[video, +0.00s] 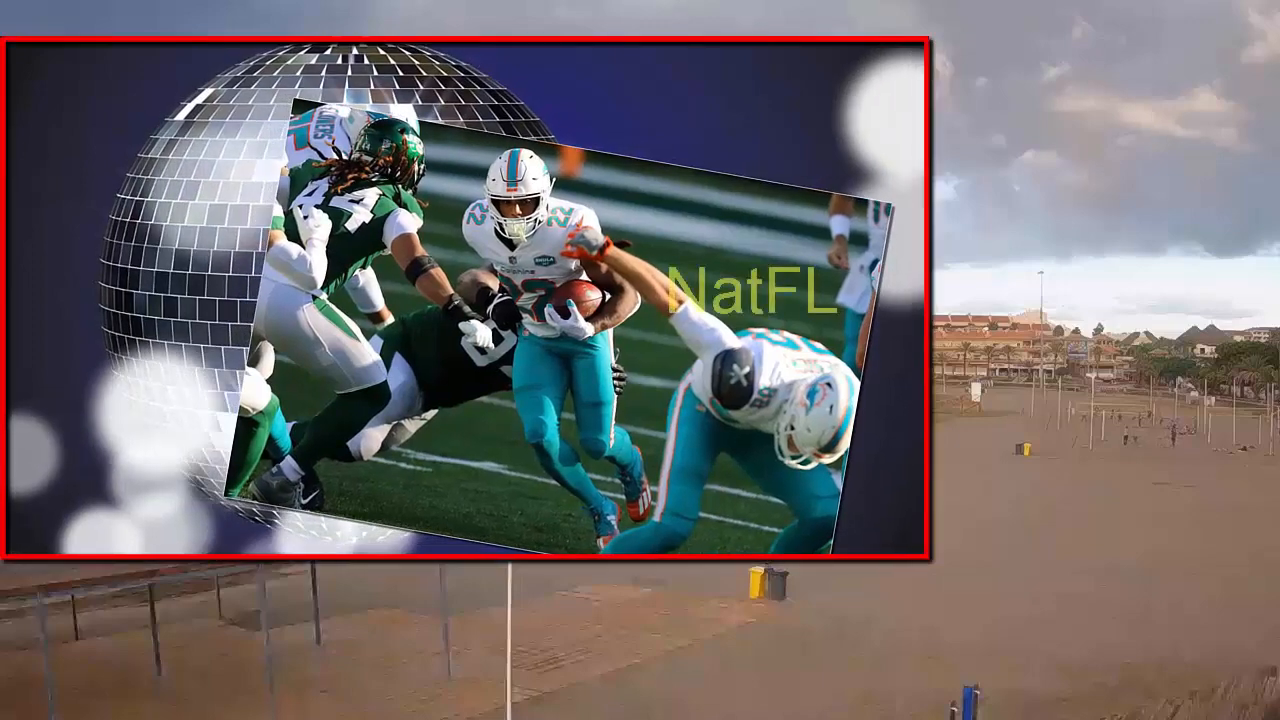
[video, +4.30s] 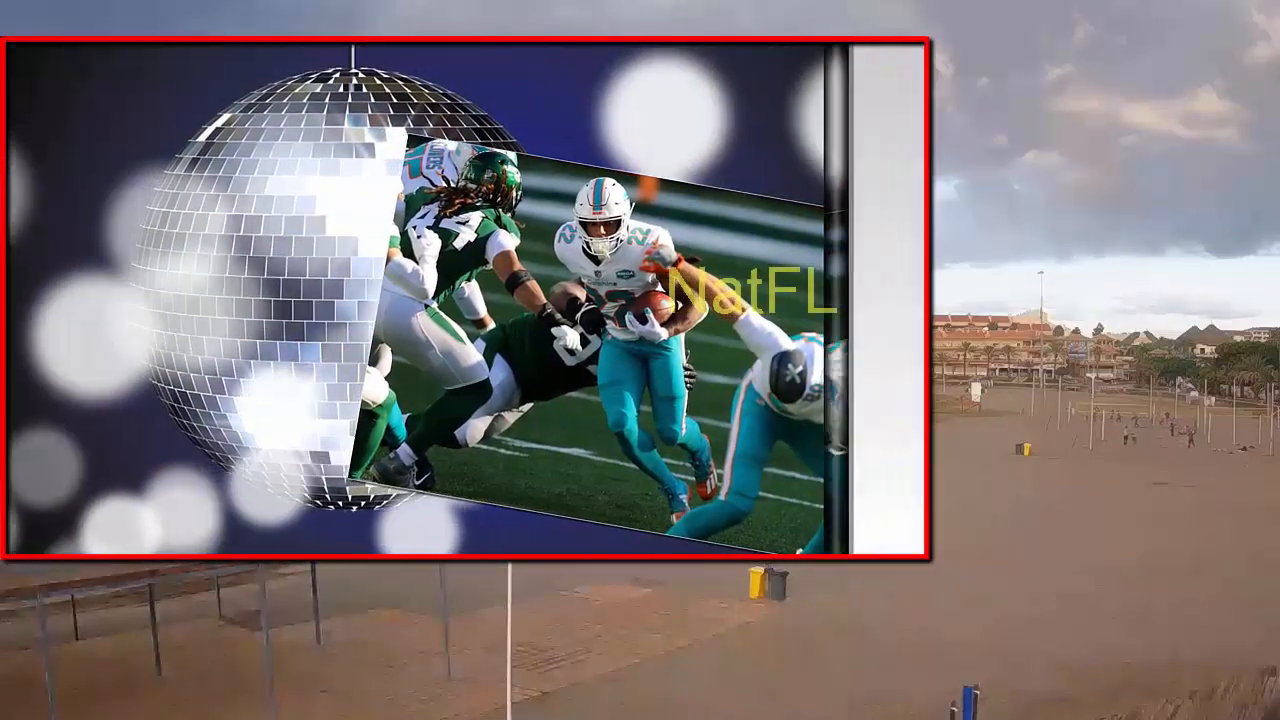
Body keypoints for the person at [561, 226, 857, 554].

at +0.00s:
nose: (804, 461)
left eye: (817, 457)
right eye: (799, 450)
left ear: (845, 432)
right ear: (787, 415)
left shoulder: (854, 415)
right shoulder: (744, 375)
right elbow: (671, 300)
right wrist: (606, 253)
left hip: (764, 428)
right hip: (706, 405)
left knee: (827, 516)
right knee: (673, 527)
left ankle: (764, 583)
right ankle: (592, 571)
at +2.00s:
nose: (822, 455)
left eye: (835, 452)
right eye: (818, 442)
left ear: (861, 429)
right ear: (810, 409)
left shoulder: (872, 413)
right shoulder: (763, 366)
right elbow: (700, 303)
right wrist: (639, 258)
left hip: (788, 424)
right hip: (733, 401)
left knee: (845, 503)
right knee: (704, 515)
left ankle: (785, 581)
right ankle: (622, 568)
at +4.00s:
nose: (843, 448)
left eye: (856, 445)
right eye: (840, 437)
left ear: (879, 426)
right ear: (833, 406)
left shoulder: (889, 409)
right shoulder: (793, 372)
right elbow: (729, 307)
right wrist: (674, 264)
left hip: (810, 420)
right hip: (759, 398)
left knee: (865, 494)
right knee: (733, 506)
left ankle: (805, 563)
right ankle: (657, 553)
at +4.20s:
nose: (845, 446)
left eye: (855, 442)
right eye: (843, 438)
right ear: (839, 408)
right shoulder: (799, 377)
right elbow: (733, 307)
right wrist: (675, 264)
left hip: (812, 418)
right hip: (762, 397)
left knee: (860, 497)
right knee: (735, 504)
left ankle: (805, 564)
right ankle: (660, 551)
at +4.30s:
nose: (781, 407)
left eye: (789, 405)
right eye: (777, 401)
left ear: (818, 395)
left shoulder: (842, 398)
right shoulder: (779, 351)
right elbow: (730, 304)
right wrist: (677, 264)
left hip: (811, 420)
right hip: (762, 397)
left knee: (851, 497)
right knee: (737, 504)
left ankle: (805, 562)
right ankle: (664, 548)